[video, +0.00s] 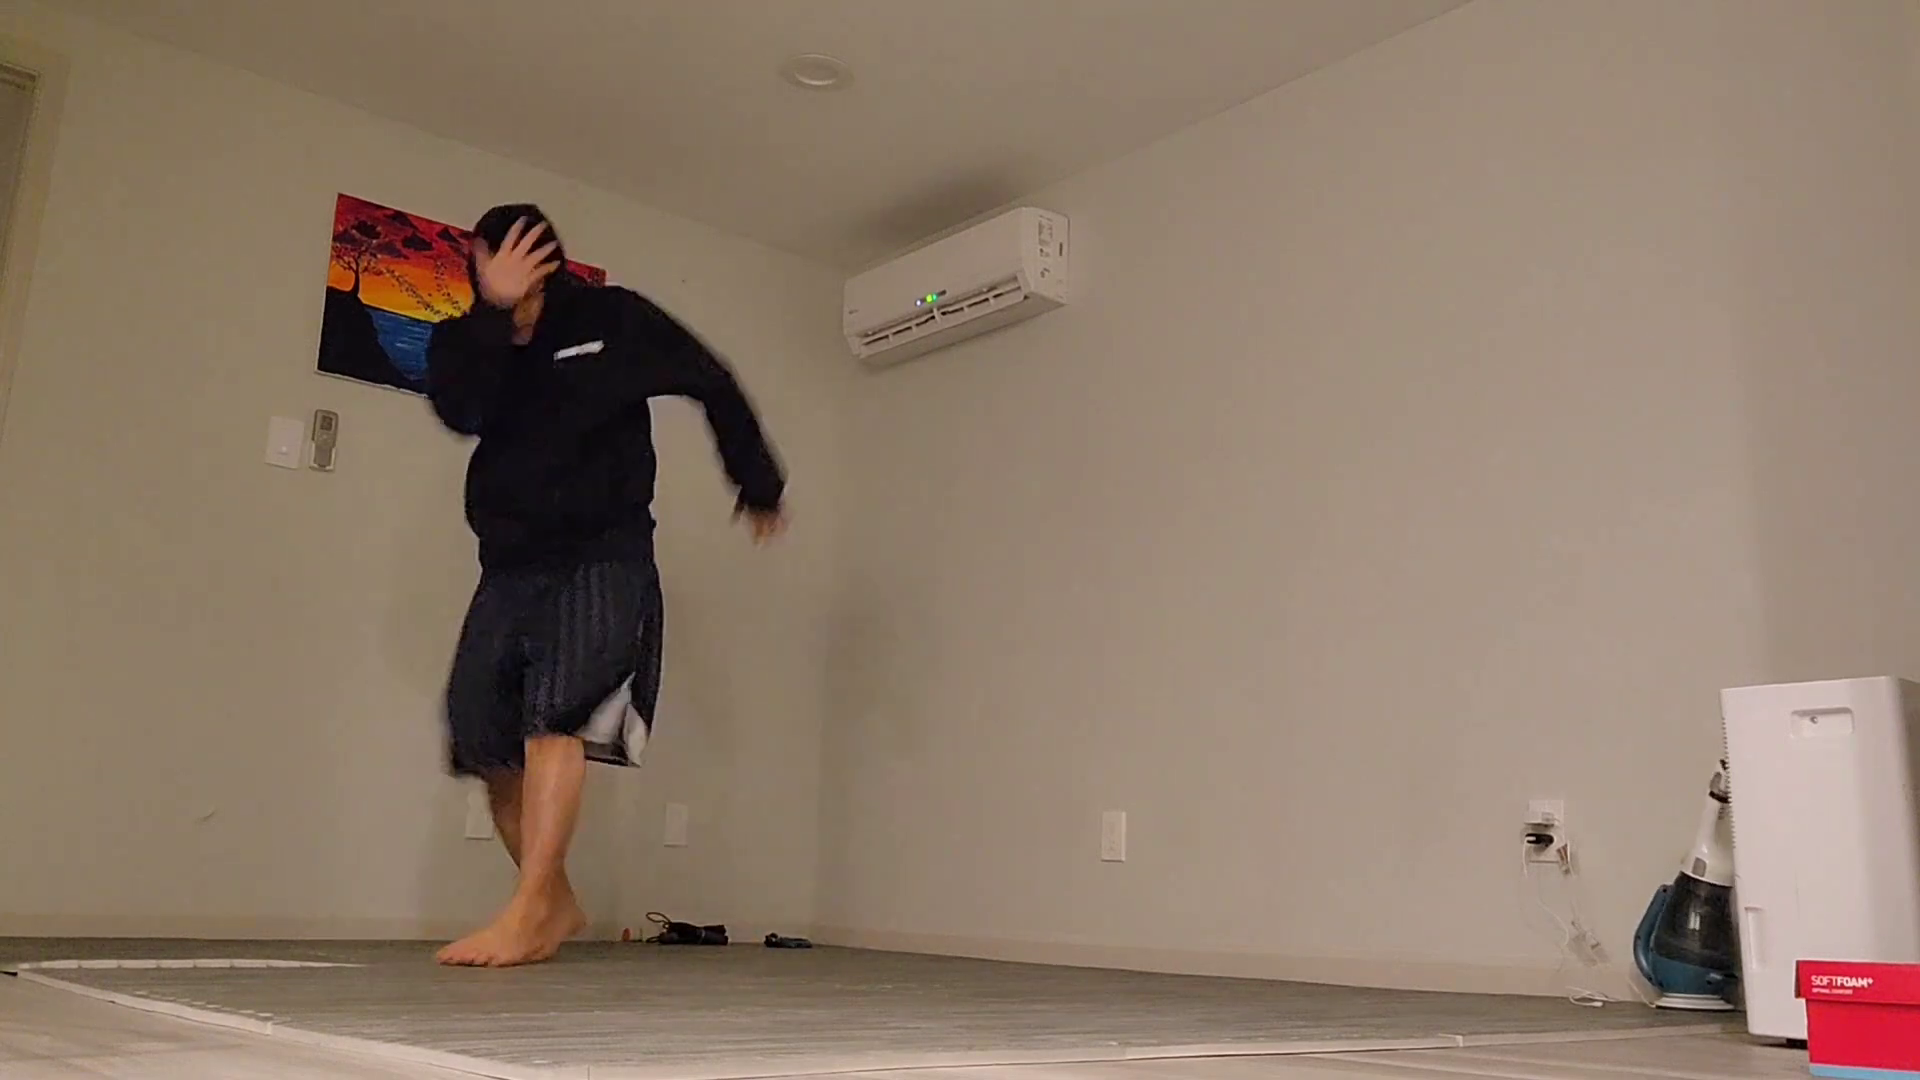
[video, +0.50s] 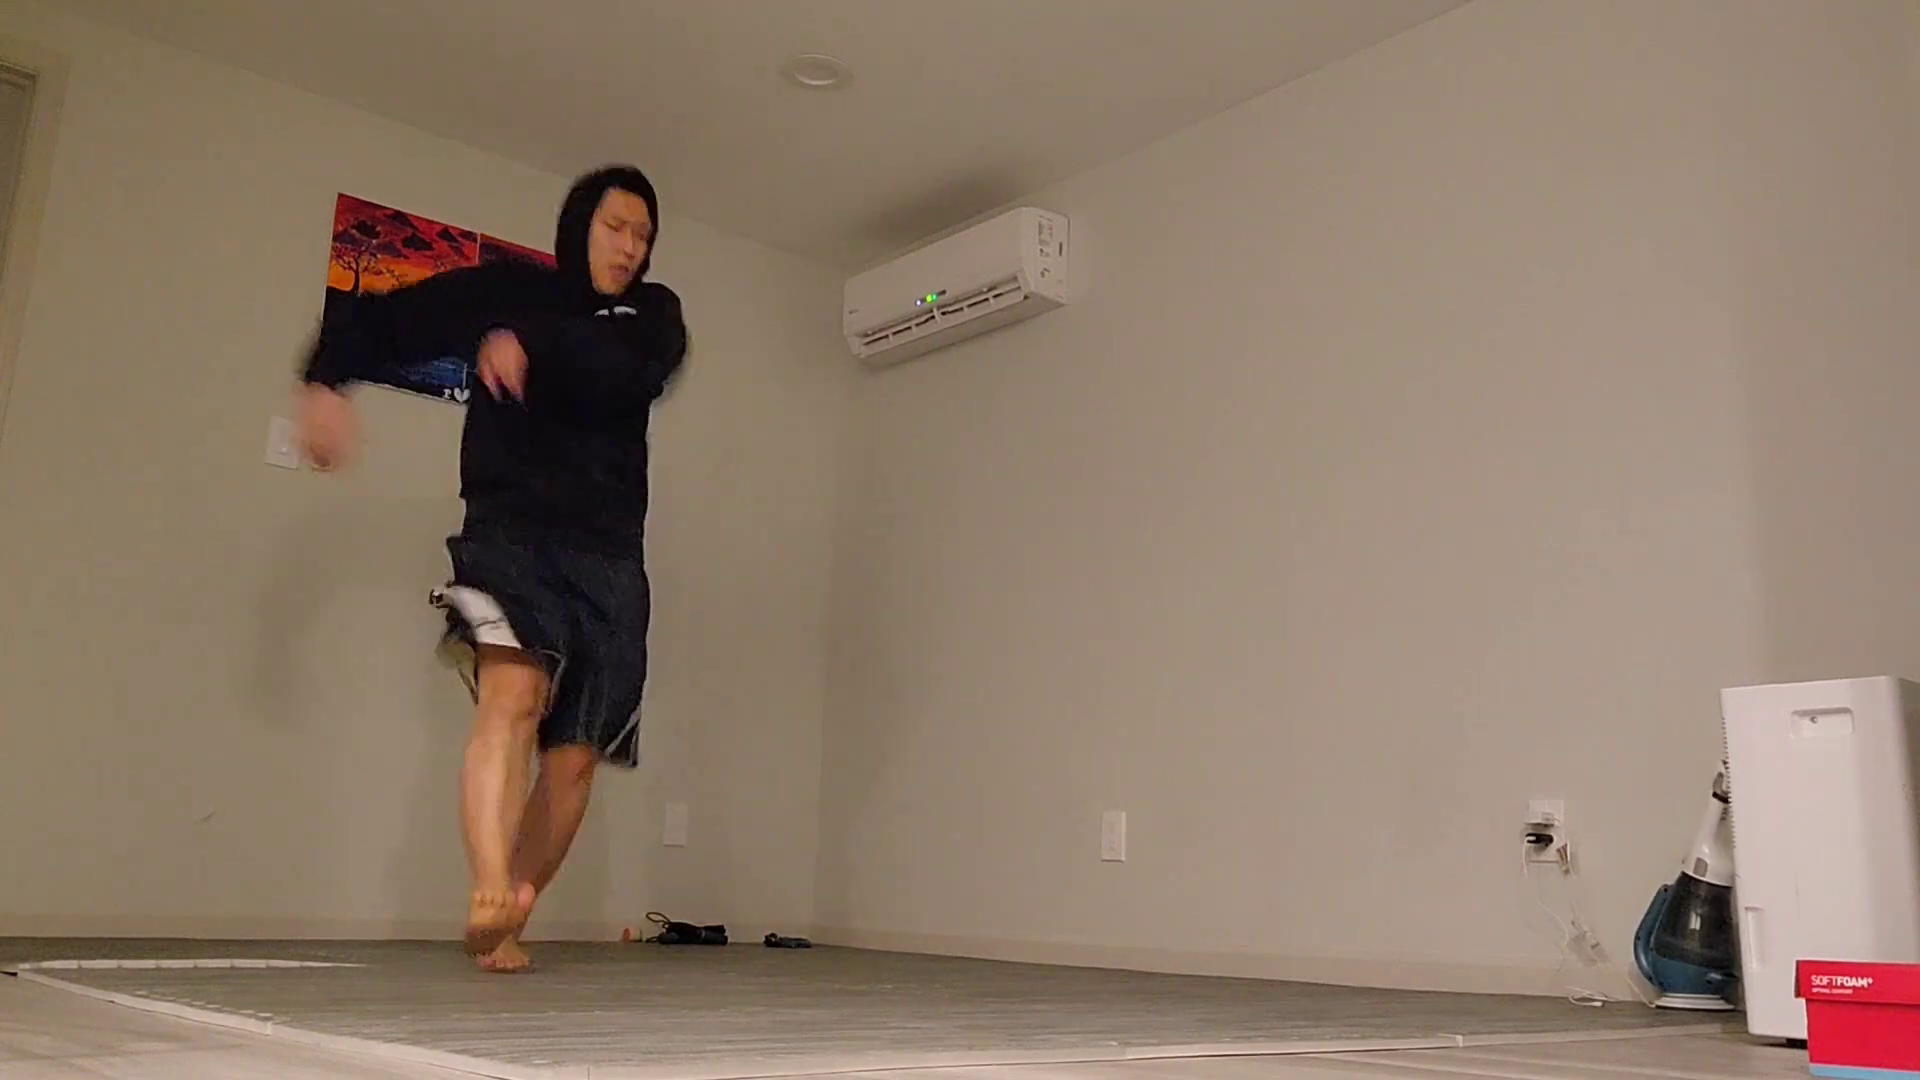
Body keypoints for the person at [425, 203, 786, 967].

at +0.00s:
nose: (500, 307)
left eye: (514, 292)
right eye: (487, 291)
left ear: (546, 271)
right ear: (479, 281)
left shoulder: (615, 319)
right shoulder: (473, 338)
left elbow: (712, 380)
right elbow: (461, 413)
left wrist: (759, 481)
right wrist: (491, 307)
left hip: (600, 560)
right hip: (511, 567)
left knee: (555, 720)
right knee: (486, 737)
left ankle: (529, 914)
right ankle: (553, 901)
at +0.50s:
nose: (627, 244)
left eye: (641, 233)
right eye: (613, 226)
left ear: (650, 246)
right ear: (578, 228)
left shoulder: (656, 315)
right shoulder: (512, 288)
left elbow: (632, 373)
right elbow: (385, 316)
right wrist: (326, 380)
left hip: (607, 552)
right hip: (510, 533)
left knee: (575, 757)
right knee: (514, 691)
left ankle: (510, 925)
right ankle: (492, 894)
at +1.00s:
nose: (631, 242)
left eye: (645, 231)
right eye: (619, 221)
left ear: (652, 242)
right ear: (577, 217)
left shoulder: (660, 307)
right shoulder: (496, 309)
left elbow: (703, 391)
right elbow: (420, 408)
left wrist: (745, 448)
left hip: (650, 559)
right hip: (535, 564)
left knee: (720, 742)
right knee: (497, 752)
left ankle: (747, 922)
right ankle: (478, 926)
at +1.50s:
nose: (653, 258)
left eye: (675, 252)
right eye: (648, 240)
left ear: (687, 268)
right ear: (615, 240)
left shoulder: (679, 326)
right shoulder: (542, 295)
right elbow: (449, 296)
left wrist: (644, 250)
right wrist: (437, 313)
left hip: (642, 546)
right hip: (548, 536)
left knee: (651, 745)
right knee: (613, 715)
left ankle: (590, 930)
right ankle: (663, 913)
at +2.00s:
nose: (641, 230)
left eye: (657, 219)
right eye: (630, 210)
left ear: (667, 228)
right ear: (593, 199)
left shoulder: (653, 315)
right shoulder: (517, 249)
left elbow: (668, 441)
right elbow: (406, 296)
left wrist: (700, 544)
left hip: (621, 539)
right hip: (524, 522)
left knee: (721, 680)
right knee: (507, 699)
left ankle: (673, 886)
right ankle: (333, 866)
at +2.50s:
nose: (600, 239)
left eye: (614, 226)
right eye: (592, 217)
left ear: (623, 224)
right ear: (551, 196)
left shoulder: (613, 287)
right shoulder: (475, 230)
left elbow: (626, 410)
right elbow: (468, 315)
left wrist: (635, 413)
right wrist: (597, 353)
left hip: (565, 499)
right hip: (476, 480)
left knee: (550, 714)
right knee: (504, 645)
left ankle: (429, 911)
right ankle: (471, 886)